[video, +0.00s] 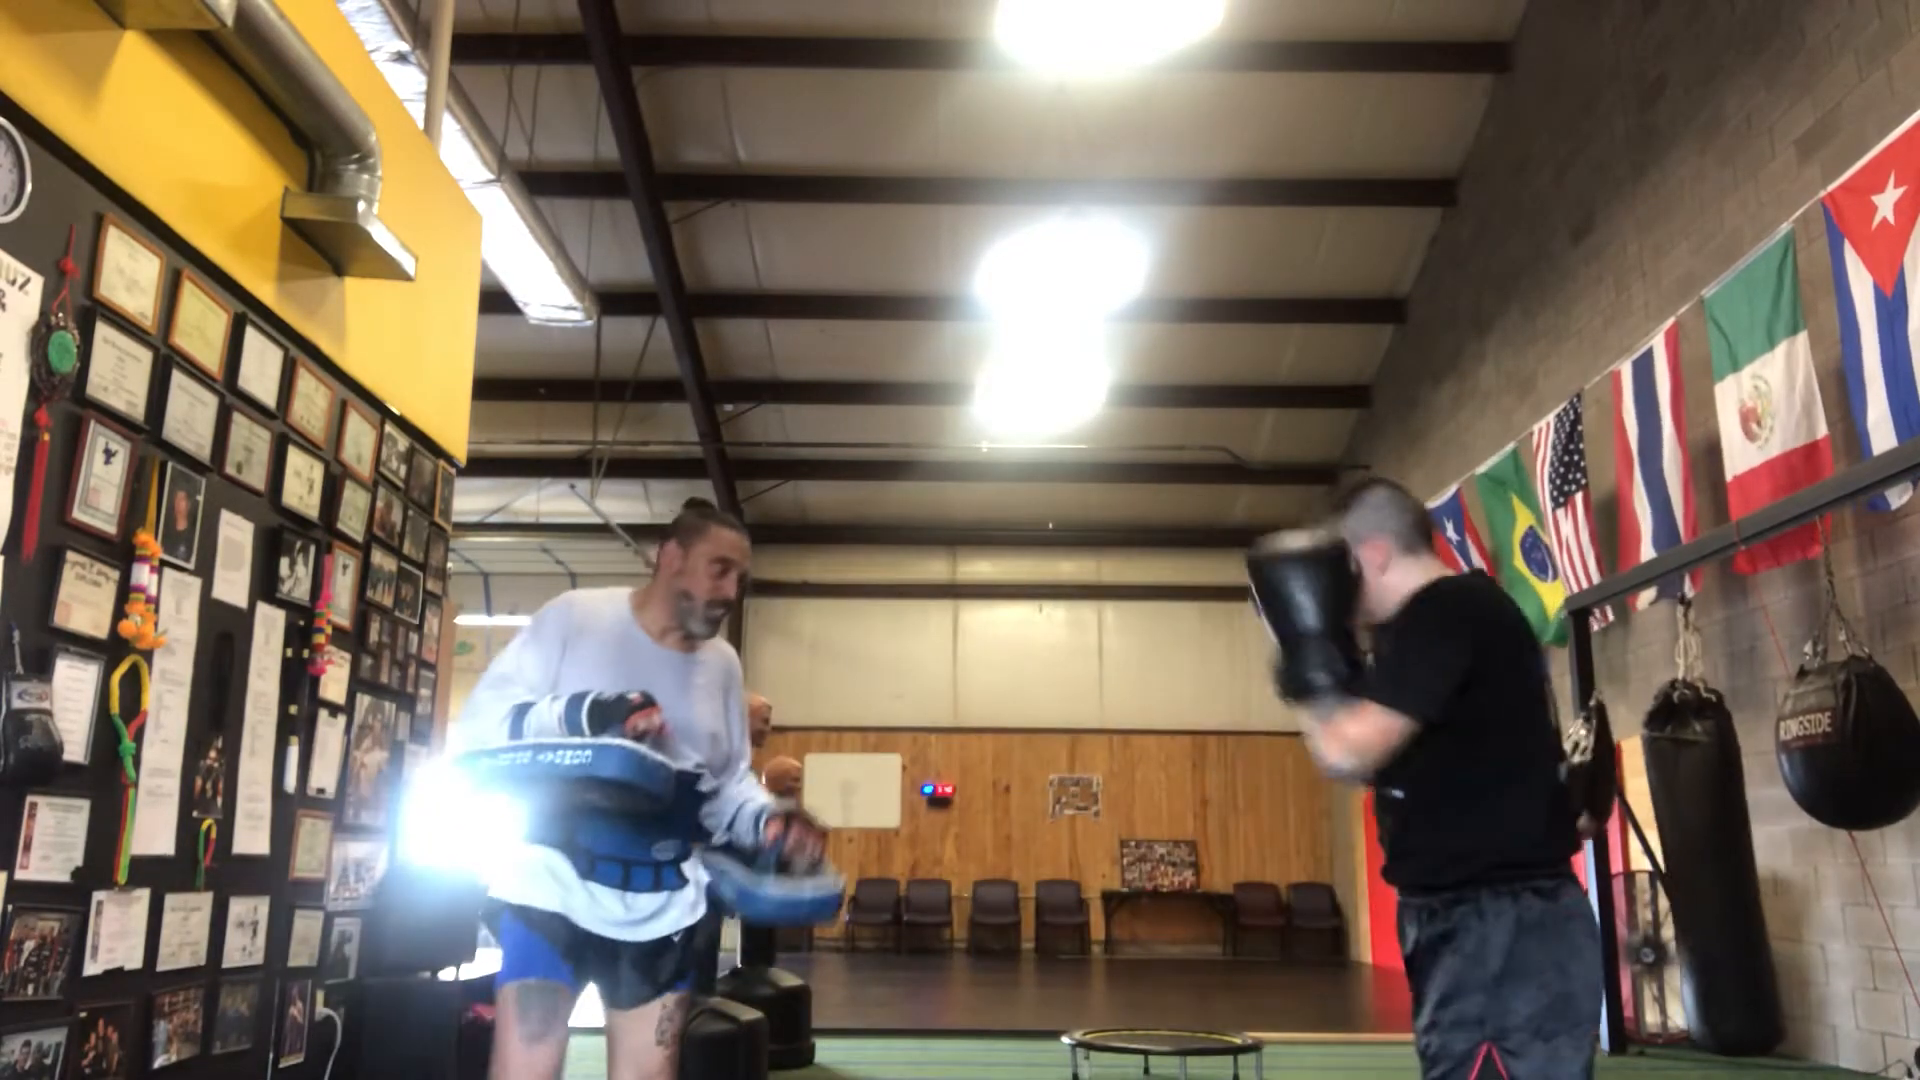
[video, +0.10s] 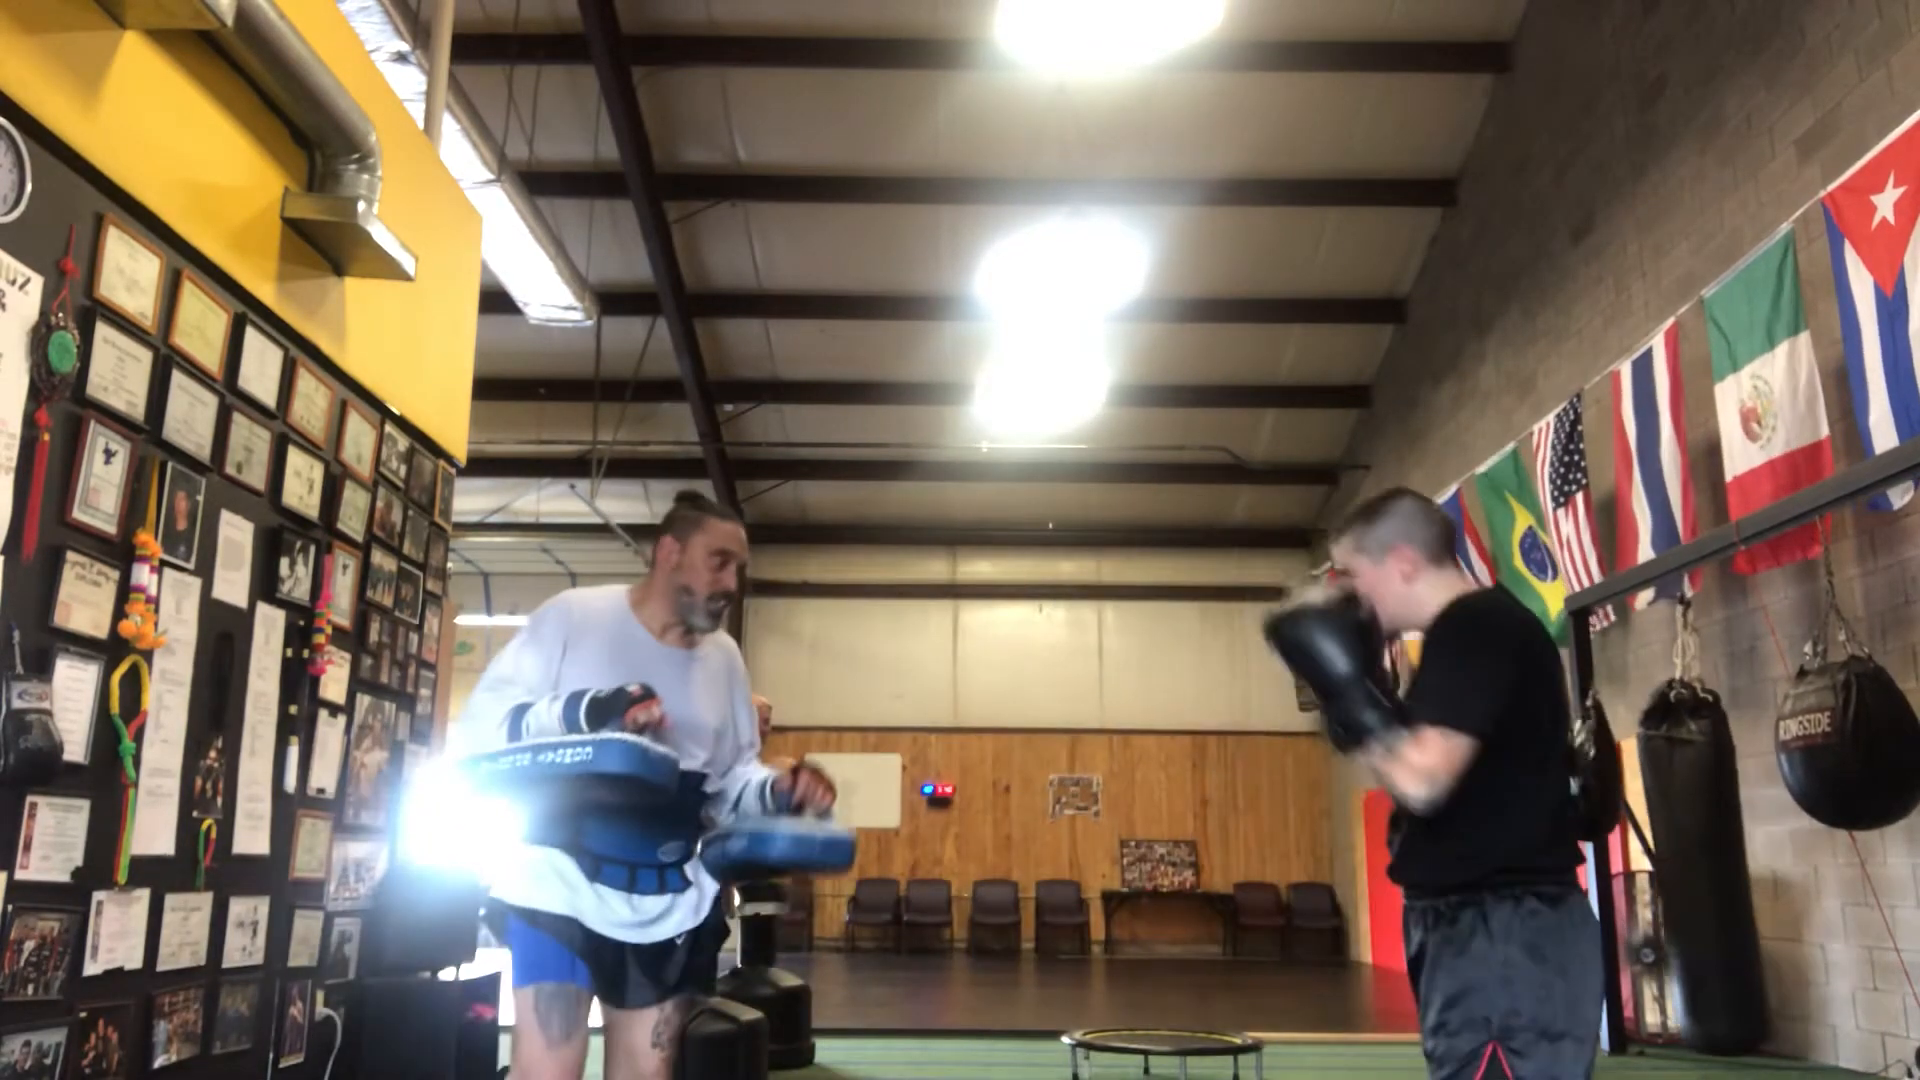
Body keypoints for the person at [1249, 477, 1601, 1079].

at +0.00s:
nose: (1340, 587)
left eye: (1344, 568)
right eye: (1338, 569)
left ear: (1375, 556)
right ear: (1391, 547)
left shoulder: (1450, 613)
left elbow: (1349, 748)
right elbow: (1347, 752)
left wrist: (1307, 648)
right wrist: (1324, 653)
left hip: (1497, 937)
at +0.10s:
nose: (1352, 595)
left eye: (1354, 575)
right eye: (1346, 579)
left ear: (1402, 565)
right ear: (1406, 565)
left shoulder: (1478, 627)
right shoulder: (1460, 633)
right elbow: (1398, 767)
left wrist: (1348, 683)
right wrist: (1352, 676)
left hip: (1504, 938)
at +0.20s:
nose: (1368, 610)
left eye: (1376, 590)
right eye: (1366, 593)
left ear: (1431, 583)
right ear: (1432, 585)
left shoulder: (1495, 651)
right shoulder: (1483, 652)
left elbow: (1464, 804)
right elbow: (1440, 781)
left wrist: (1369, 718)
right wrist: (1364, 713)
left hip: (1507, 948)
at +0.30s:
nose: (1380, 614)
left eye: (1389, 594)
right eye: (1377, 597)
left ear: (1445, 591)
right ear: (1446, 594)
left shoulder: (1498, 658)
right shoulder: (1485, 660)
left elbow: (1489, 810)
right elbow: (1459, 792)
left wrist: (1385, 741)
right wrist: (1381, 731)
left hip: (1511, 947)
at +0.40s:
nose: (1382, 615)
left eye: (1391, 594)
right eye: (1378, 599)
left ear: (1447, 587)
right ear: (1448, 589)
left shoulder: (1497, 648)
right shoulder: (1490, 653)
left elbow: (1481, 790)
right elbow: (1446, 795)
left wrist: (1387, 714)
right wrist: (1373, 732)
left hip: (1511, 930)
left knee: (1473, 1066)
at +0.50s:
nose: (1381, 608)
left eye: (1390, 590)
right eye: (1377, 594)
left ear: (1445, 582)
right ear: (1447, 584)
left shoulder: (1497, 636)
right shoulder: (1467, 656)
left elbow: (1457, 769)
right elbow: (1422, 794)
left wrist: (1383, 668)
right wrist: (1358, 705)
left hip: (1511, 915)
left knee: (1419, 1068)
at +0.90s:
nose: (1325, 605)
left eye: (1331, 586)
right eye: (1322, 591)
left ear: (1380, 579)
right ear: (1389, 579)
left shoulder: (1410, 634)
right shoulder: (1453, 637)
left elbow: (1302, 726)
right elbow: (1339, 763)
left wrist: (1273, 651)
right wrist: (1281, 673)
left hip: (1438, 919)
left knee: (1392, 1066)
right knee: (1454, 1068)